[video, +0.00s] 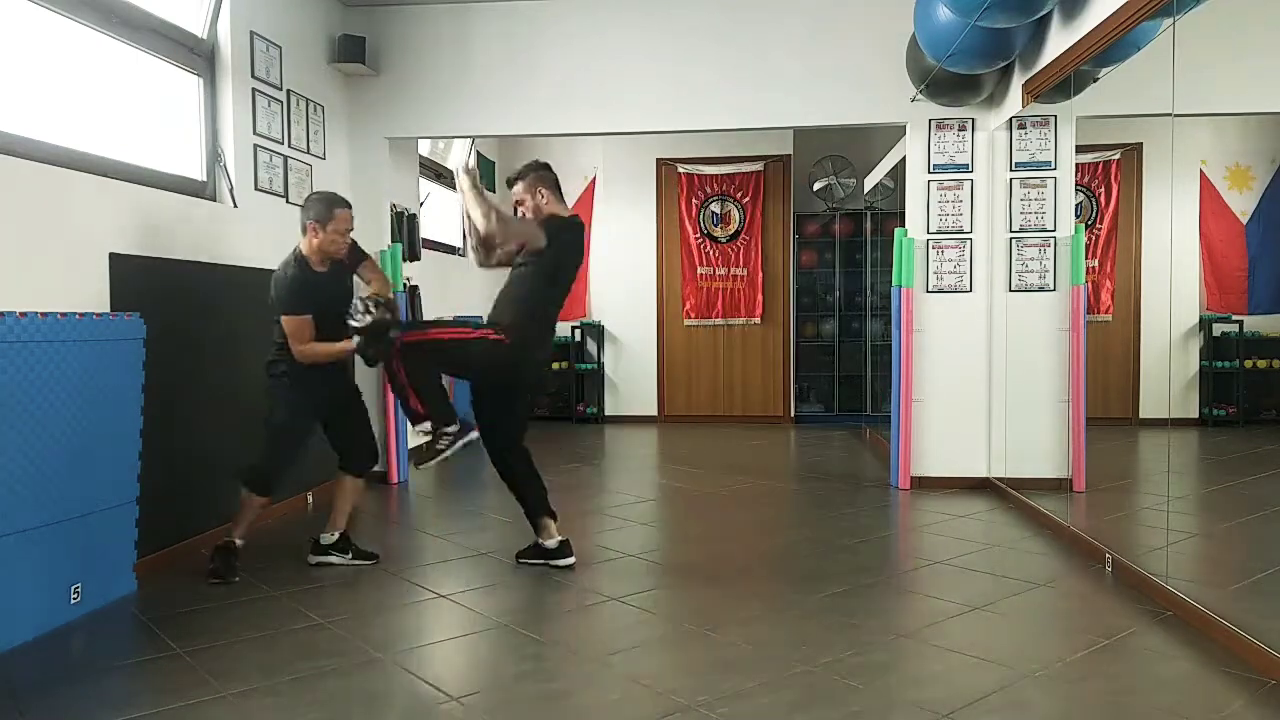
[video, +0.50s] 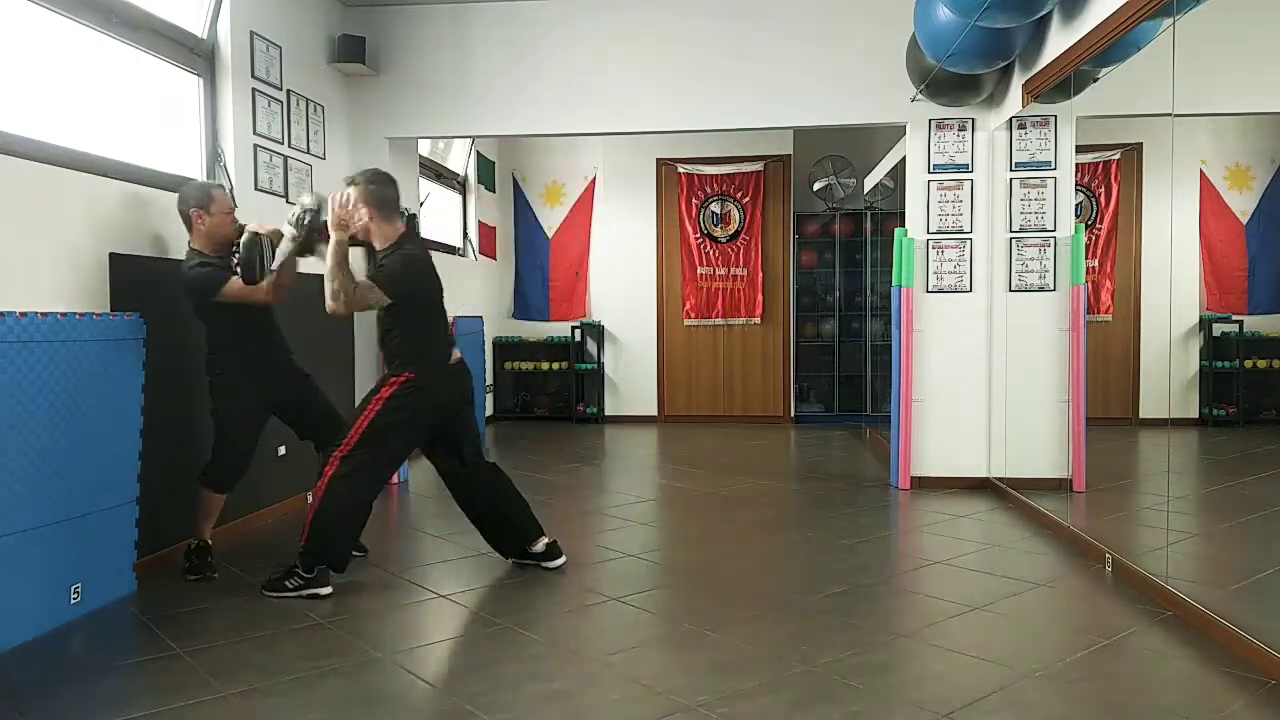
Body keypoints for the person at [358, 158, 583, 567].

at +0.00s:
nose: (520, 214)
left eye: (522, 204)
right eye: (517, 207)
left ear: (543, 194)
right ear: (544, 199)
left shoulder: (565, 227)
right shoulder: (546, 239)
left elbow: (496, 227)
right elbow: (486, 256)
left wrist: (465, 178)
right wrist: (467, 196)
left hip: (506, 346)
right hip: (514, 352)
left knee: (404, 347)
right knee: (504, 447)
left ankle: (446, 427)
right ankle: (551, 540)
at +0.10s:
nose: (507, 220)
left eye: (510, 210)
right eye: (505, 213)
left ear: (534, 204)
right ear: (536, 207)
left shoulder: (550, 249)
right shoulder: (536, 248)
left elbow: (493, 297)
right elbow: (495, 295)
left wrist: (466, 257)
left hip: (484, 356)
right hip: (499, 363)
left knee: (377, 354)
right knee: (496, 456)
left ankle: (433, 432)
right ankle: (544, 542)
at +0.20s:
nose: (486, 225)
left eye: (487, 215)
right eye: (484, 217)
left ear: (509, 208)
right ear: (518, 211)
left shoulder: (520, 252)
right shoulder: (544, 255)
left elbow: (455, 291)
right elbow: (493, 297)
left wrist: (441, 251)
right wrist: (463, 264)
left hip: (469, 368)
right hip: (497, 373)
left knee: (368, 408)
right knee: (491, 459)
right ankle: (540, 541)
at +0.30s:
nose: (449, 223)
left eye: (453, 214)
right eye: (448, 215)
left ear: (474, 212)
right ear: (486, 214)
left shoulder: (473, 254)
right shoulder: (524, 260)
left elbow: (397, 272)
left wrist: (398, 227)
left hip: (447, 380)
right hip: (489, 381)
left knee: (366, 449)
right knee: (486, 464)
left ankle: (349, 554)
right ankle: (538, 543)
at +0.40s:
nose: (400, 220)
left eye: (403, 211)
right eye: (399, 212)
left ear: (421, 211)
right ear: (443, 211)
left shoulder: (429, 259)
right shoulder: (476, 250)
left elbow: (347, 273)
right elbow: (439, 277)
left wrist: (355, 216)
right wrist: (410, 249)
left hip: (429, 384)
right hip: (468, 383)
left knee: (357, 462)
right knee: (476, 469)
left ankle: (334, 568)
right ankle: (538, 545)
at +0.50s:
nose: (348, 217)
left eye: (351, 209)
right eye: (348, 209)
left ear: (367, 213)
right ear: (390, 208)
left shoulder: (400, 263)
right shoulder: (408, 253)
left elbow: (338, 302)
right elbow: (358, 292)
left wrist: (338, 240)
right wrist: (339, 242)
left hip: (412, 384)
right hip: (446, 378)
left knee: (346, 467)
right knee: (467, 467)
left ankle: (313, 569)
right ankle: (534, 545)